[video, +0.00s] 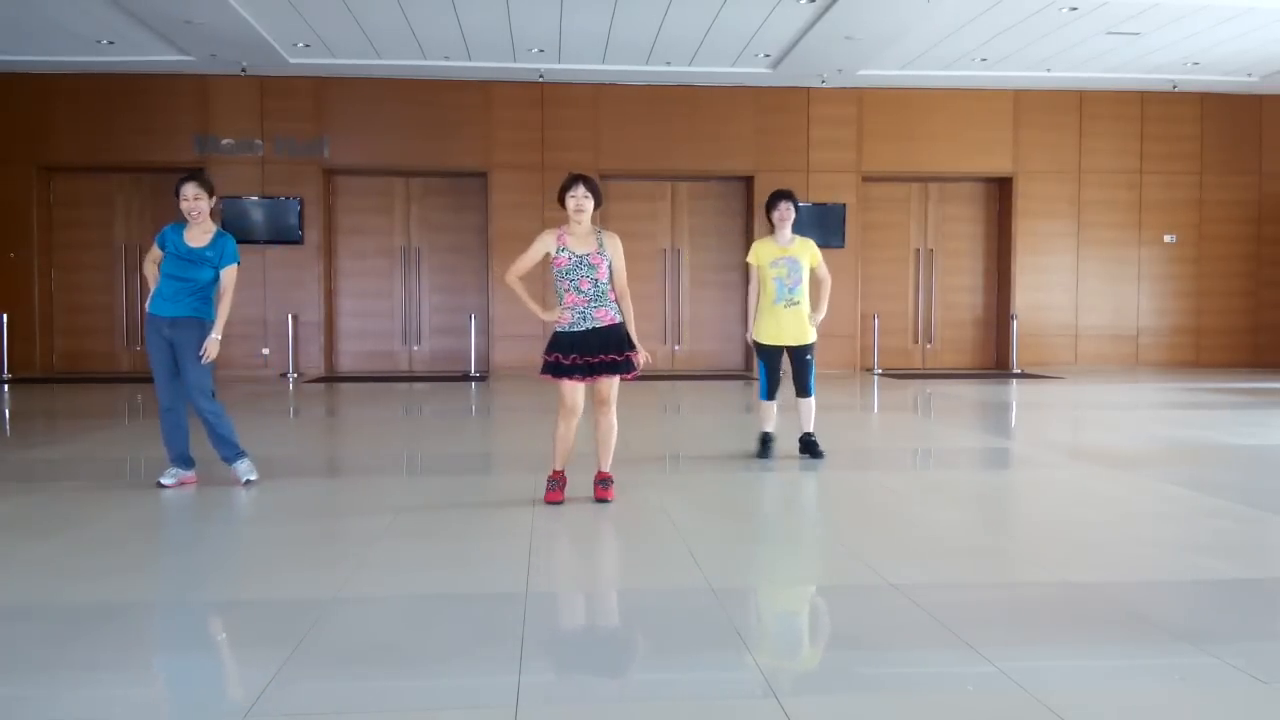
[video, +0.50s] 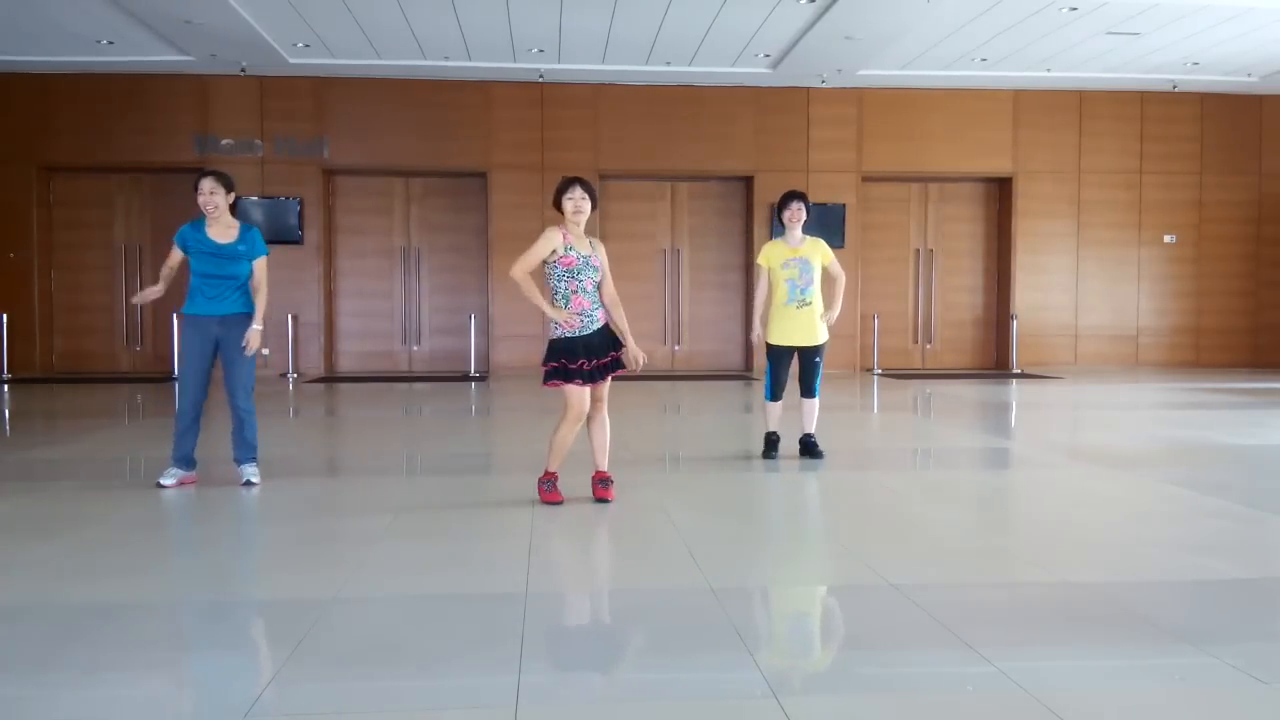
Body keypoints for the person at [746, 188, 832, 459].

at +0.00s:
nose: (783, 213)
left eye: (788, 208)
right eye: (778, 208)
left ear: (795, 213)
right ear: (770, 214)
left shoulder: (807, 246)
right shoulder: (759, 248)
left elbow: (825, 278)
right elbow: (753, 288)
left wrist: (820, 313)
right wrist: (751, 325)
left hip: (800, 327)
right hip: (767, 327)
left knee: (806, 387)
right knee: (768, 387)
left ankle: (808, 437)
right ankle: (766, 437)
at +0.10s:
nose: (787, 211)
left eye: (792, 207)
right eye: (781, 207)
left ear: (798, 212)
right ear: (773, 212)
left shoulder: (810, 245)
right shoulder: (761, 247)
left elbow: (828, 277)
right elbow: (754, 286)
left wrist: (822, 311)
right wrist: (751, 323)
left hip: (802, 326)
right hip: (769, 326)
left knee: (806, 386)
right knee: (776, 387)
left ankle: (808, 437)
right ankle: (778, 438)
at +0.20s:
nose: (789, 213)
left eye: (794, 209)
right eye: (784, 209)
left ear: (801, 214)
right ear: (776, 214)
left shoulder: (813, 247)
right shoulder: (764, 249)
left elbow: (831, 280)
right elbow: (754, 288)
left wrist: (825, 313)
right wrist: (750, 323)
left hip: (805, 327)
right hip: (771, 328)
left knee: (806, 387)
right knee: (777, 387)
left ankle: (807, 438)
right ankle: (778, 439)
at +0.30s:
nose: (792, 213)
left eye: (797, 209)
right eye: (786, 209)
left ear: (804, 215)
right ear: (779, 215)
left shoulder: (816, 247)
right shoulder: (767, 249)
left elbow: (833, 280)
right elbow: (758, 286)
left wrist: (828, 313)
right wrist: (750, 322)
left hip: (808, 329)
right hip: (774, 329)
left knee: (808, 388)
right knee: (778, 388)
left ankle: (808, 438)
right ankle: (778, 439)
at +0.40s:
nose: (794, 214)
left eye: (799, 209)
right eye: (789, 209)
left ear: (806, 215)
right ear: (780, 214)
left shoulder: (817, 247)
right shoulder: (769, 249)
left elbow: (837, 277)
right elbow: (760, 287)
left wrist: (833, 311)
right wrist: (752, 323)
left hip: (811, 329)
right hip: (778, 329)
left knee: (810, 388)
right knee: (778, 389)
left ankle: (808, 439)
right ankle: (778, 439)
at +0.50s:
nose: (794, 214)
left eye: (799, 209)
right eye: (789, 209)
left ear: (806, 214)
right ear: (781, 214)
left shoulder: (818, 246)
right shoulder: (769, 249)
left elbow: (839, 275)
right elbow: (761, 288)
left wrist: (835, 309)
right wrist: (756, 324)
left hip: (812, 328)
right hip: (779, 328)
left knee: (810, 388)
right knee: (775, 388)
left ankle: (808, 438)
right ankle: (771, 437)